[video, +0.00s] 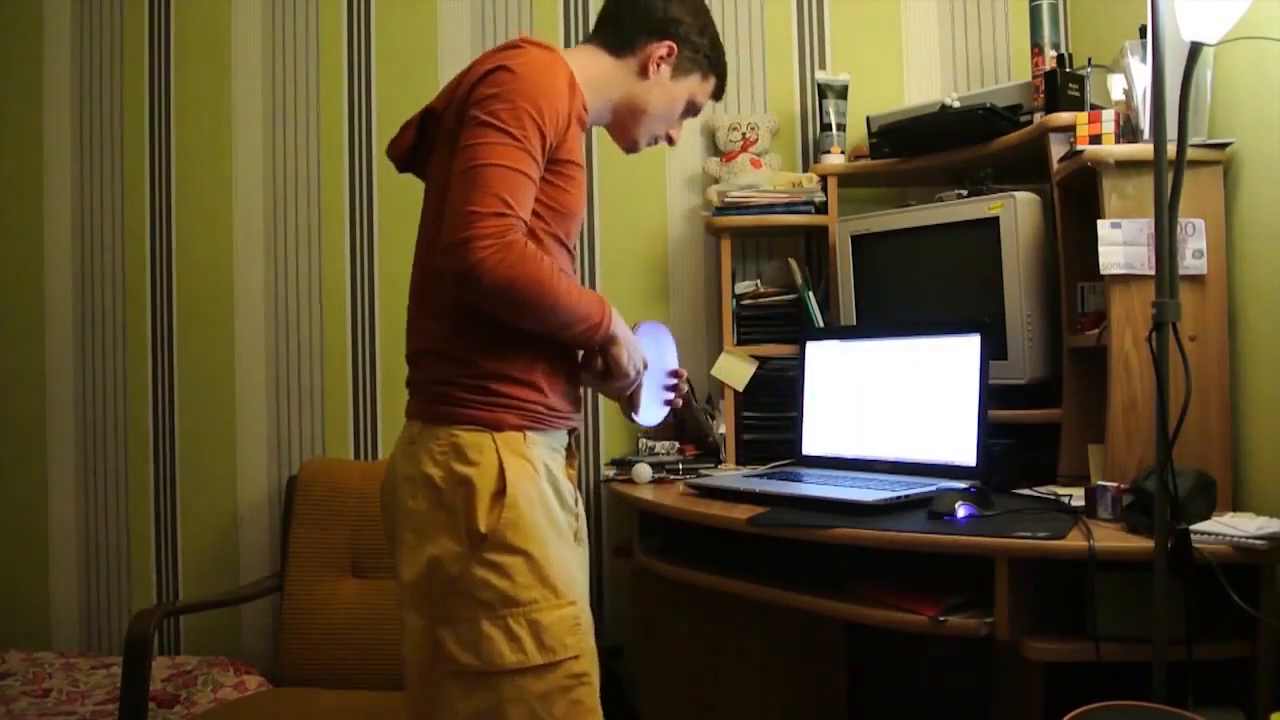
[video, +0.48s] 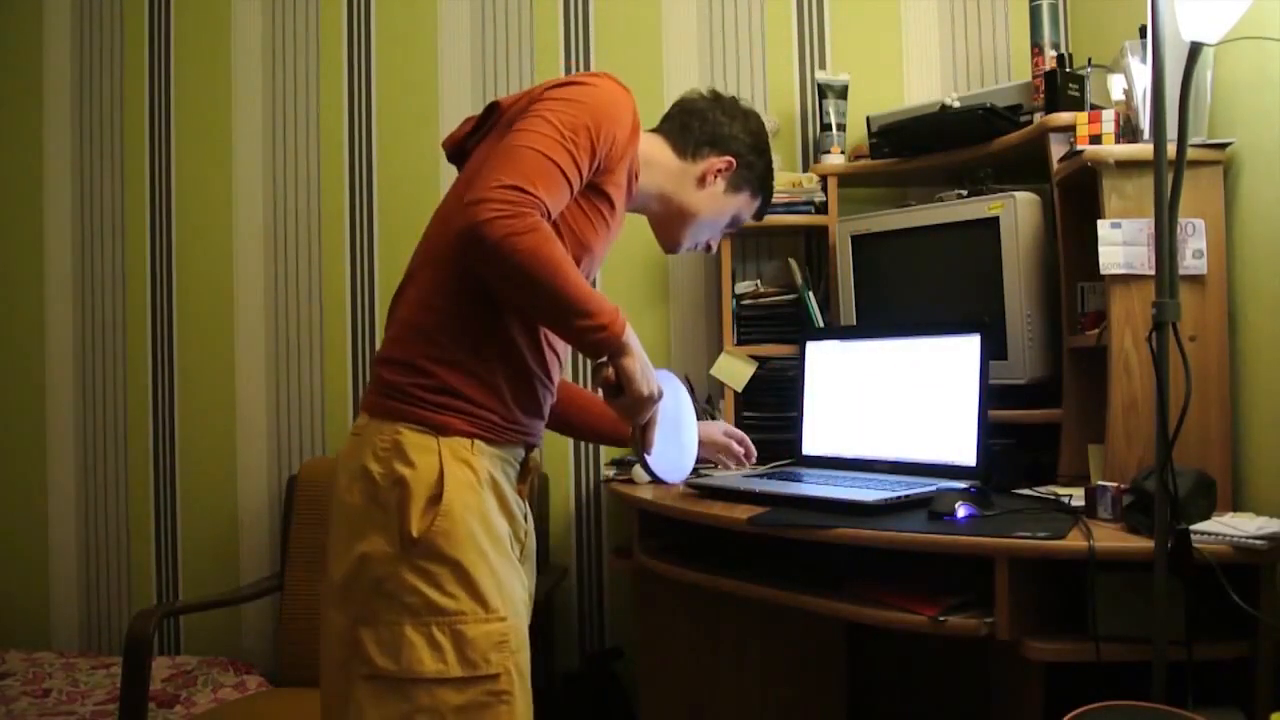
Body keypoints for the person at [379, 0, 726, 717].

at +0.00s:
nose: (676, 132)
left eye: (688, 117)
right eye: (687, 107)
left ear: (651, 61)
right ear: (660, 59)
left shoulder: (555, 106)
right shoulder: (530, 75)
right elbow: (487, 251)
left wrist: (612, 363)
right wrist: (605, 330)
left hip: (514, 464)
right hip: (485, 470)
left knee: (512, 704)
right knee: (538, 706)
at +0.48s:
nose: (715, 243)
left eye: (729, 232)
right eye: (731, 222)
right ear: (716, 172)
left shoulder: (593, 207)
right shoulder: (603, 102)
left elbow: (526, 382)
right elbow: (498, 213)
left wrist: (674, 432)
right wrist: (618, 341)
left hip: (482, 478)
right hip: (433, 474)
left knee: (483, 700)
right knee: (465, 705)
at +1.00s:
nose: (720, 243)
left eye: (734, 230)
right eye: (736, 220)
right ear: (720, 170)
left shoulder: (597, 212)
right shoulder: (602, 101)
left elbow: (566, 388)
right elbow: (488, 208)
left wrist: (703, 441)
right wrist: (614, 335)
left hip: (488, 476)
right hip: (429, 469)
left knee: (504, 699)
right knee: (469, 704)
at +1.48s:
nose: (725, 237)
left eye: (738, 223)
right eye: (740, 214)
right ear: (724, 168)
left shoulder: (602, 214)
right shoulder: (605, 103)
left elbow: (577, 392)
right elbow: (490, 210)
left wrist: (715, 440)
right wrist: (617, 335)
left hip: (490, 476)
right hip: (431, 469)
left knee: (507, 700)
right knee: (472, 704)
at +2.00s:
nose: (725, 224)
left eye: (741, 211)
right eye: (742, 201)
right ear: (720, 155)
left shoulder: (597, 199)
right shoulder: (597, 97)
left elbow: (506, 363)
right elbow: (482, 209)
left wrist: (610, 448)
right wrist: (617, 332)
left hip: (489, 475)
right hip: (430, 472)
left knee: (512, 700)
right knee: (469, 705)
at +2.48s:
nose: (718, 208)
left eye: (733, 191)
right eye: (733, 180)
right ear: (704, 132)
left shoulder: (581, 192)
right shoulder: (569, 94)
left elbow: (483, 366)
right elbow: (457, 215)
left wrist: (590, 446)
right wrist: (601, 329)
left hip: (485, 476)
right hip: (421, 476)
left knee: (513, 705)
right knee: (462, 707)